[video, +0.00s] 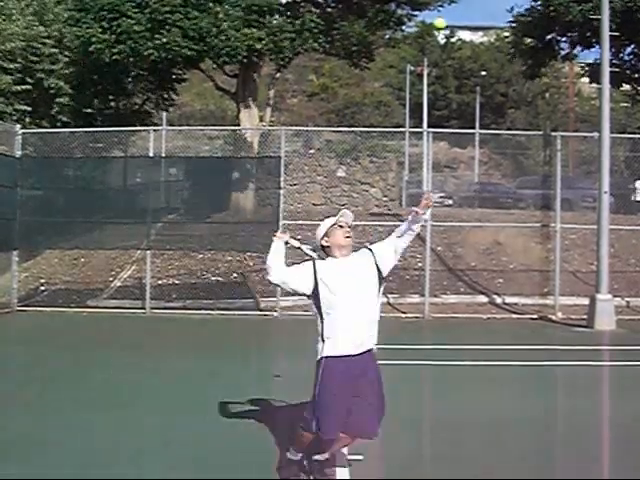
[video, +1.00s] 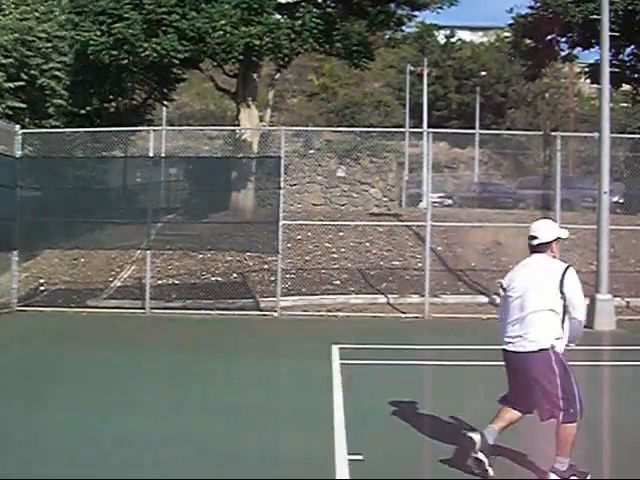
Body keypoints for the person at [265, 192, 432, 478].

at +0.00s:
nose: (348, 230)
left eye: (348, 227)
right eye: (340, 227)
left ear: (350, 236)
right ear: (326, 240)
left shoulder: (371, 258)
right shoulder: (316, 270)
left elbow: (400, 237)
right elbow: (276, 274)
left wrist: (420, 211)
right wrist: (279, 242)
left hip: (365, 354)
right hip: (333, 357)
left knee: (362, 425)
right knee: (326, 428)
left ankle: (320, 459)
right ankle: (295, 453)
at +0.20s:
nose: (431, 207)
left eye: (432, 202)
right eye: (427, 201)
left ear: (427, 204)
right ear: (414, 199)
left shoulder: (417, 238)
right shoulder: (403, 215)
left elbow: (403, 283)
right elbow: (417, 173)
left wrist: (429, 280)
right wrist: (409, 134)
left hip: (389, 312)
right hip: (366, 306)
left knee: (383, 380)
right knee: (353, 378)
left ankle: (380, 440)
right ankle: (346, 443)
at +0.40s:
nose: (465, 228)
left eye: (463, 223)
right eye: (461, 223)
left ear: (439, 226)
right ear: (451, 224)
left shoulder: (418, 248)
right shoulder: (459, 245)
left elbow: (403, 288)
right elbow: (482, 284)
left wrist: (422, 314)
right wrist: (503, 320)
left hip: (422, 324)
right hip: (421, 324)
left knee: (440, 393)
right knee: (386, 386)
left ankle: (447, 455)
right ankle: (335, 435)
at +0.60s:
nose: (510, 261)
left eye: (510, 256)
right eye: (508, 256)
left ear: (482, 257)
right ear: (498, 258)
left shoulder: (457, 277)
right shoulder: (506, 283)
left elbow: (431, 305)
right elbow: (504, 326)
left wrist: (435, 334)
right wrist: (480, 348)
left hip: (435, 345)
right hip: (458, 349)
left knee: (454, 411)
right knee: (470, 420)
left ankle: (444, 462)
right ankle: (407, 436)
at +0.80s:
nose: (545, 245)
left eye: (544, 240)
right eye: (542, 240)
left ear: (515, 239)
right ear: (532, 241)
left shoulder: (486, 261)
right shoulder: (540, 267)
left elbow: (463, 295)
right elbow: (544, 312)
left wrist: (470, 328)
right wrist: (520, 335)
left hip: (472, 335)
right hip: (502, 338)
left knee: (479, 402)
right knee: (520, 405)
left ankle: (450, 456)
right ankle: (535, 465)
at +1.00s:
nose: (559, 246)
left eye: (558, 242)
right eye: (558, 243)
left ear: (532, 246)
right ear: (553, 246)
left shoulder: (513, 274)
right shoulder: (563, 271)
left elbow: (503, 315)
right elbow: (578, 316)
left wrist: (515, 339)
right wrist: (566, 342)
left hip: (513, 350)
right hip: (543, 350)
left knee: (520, 400)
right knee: (569, 408)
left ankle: (485, 438)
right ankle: (560, 469)